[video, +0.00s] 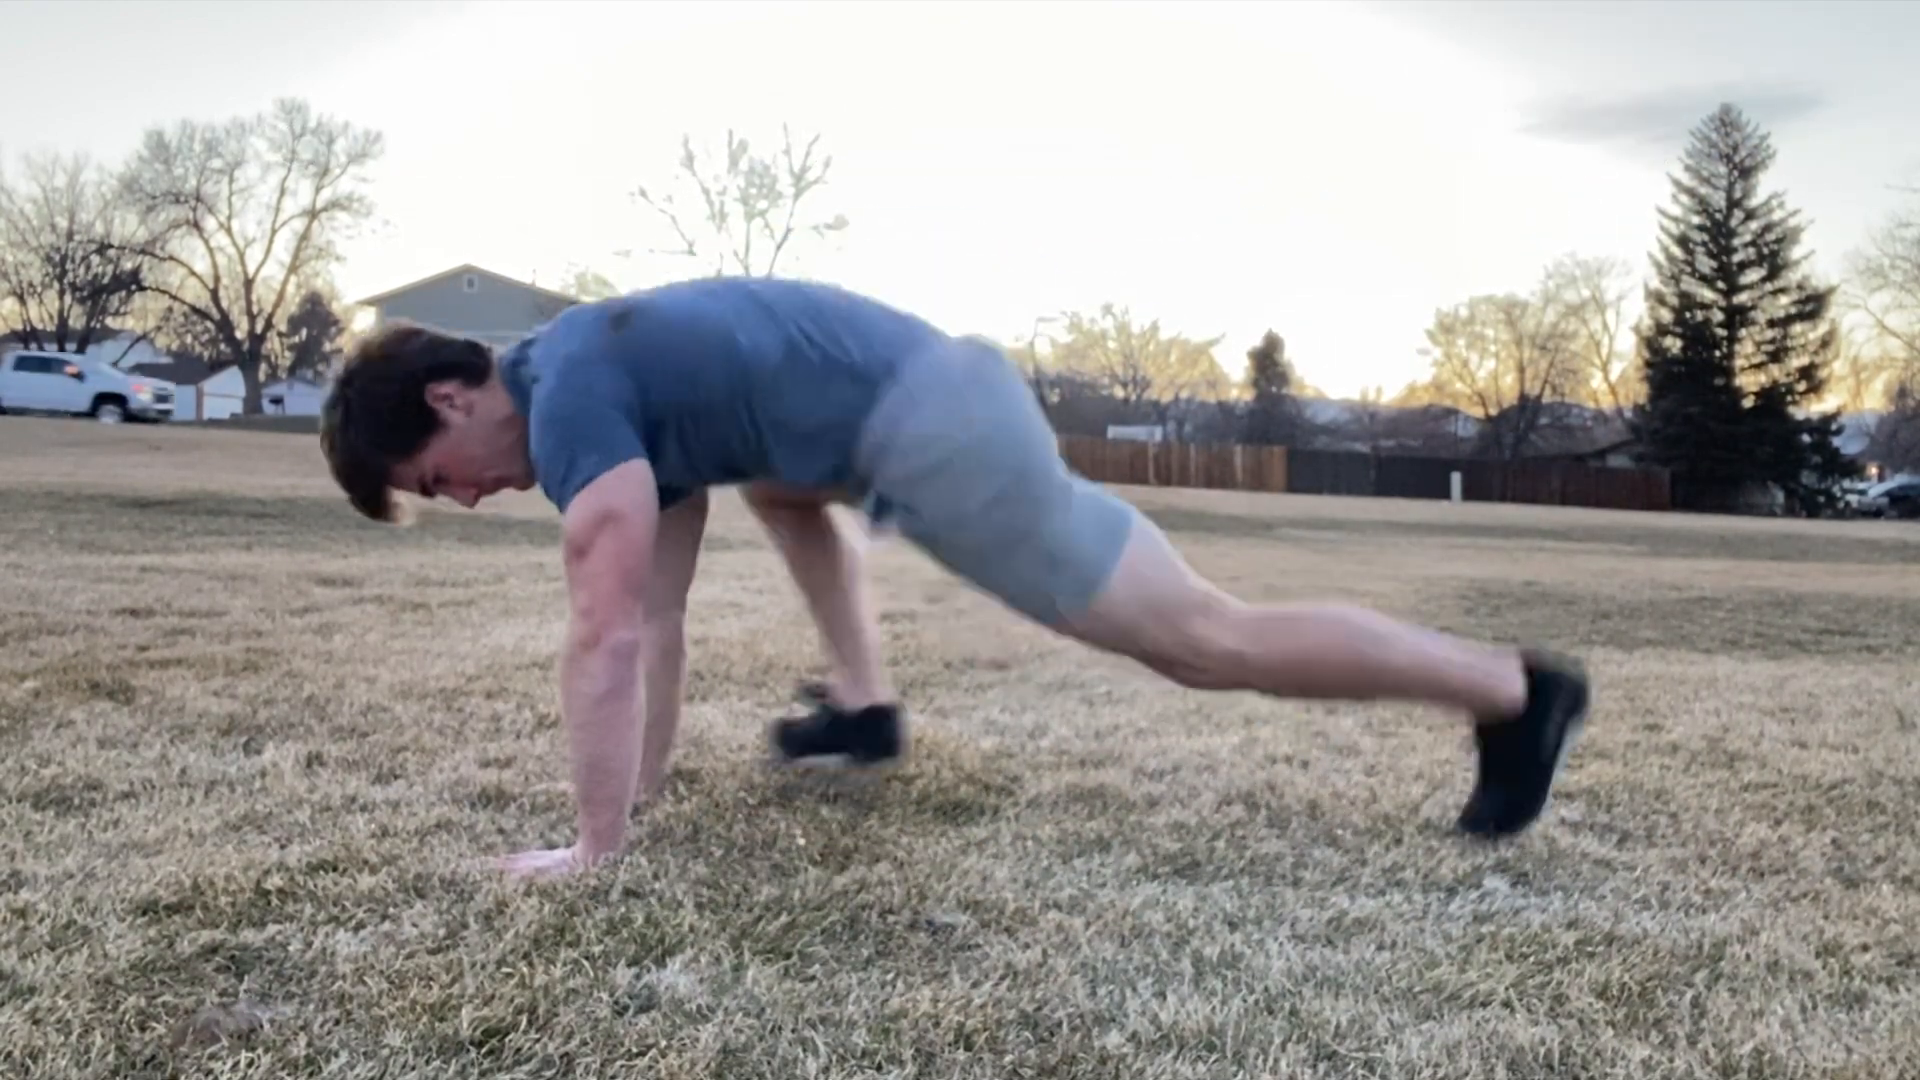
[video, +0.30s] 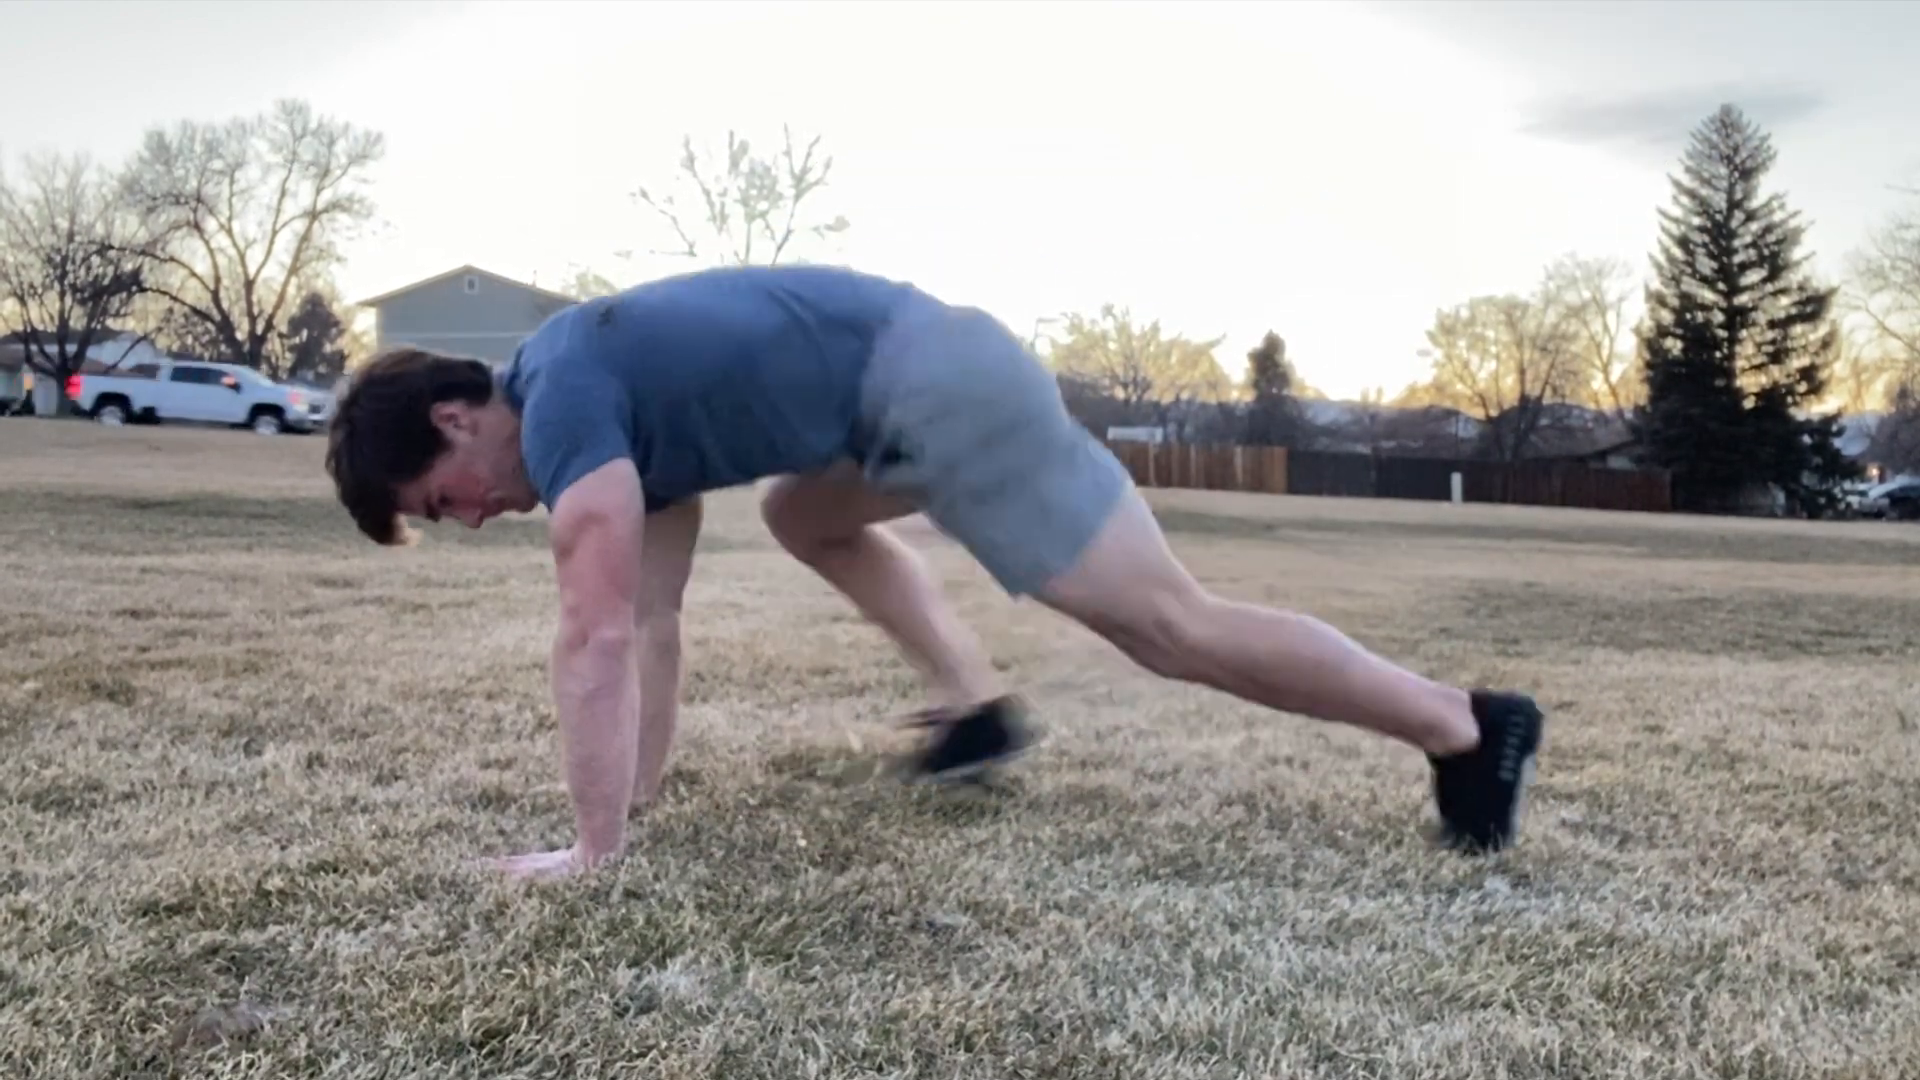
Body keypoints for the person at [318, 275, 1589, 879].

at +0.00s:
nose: (457, 500)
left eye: (434, 476)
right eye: (432, 493)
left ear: (454, 399)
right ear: (463, 398)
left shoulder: (570, 379)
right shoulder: (598, 371)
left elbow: (617, 607)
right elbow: (647, 619)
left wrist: (598, 838)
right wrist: (632, 804)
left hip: (937, 419)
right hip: (908, 409)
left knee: (1202, 640)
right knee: (757, 469)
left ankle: (1514, 692)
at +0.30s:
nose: (465, 517)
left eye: (440, 494)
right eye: (439, 512)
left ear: (457, 416)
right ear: (466, 420)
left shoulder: (567, 378)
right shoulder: (607, 385)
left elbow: (598, 620)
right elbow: (646, 618)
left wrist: (596, 849)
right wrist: (646, 784)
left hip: (937, 375)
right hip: (899, 391)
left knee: (1172, 627)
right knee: (809, 512)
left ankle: (1470, 727)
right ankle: (975, 707)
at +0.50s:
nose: (453, 528)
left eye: (427, 509)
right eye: (425, 523)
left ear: (440, 432)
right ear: (447, 426)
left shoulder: (578, 372)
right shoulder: (573, 387)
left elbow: (610, 628)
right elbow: (635, 607)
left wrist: (590, 843)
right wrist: (644, 777)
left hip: (935, 296)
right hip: (928, 348)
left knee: (838, 494)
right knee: (1080, 610)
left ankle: (1073, 720)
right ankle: (1362, 589)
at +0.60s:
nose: (447, 513)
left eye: (423, 489)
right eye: (420, 507)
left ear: (443, 411)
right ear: (447, 420)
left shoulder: (596, 367)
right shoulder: (574, 398)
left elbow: (618, 633)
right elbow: (626, 624)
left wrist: (592, 846)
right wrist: (615, 798)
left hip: (949, 343)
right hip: (928, 433)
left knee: (764, 430)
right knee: (1148, 612)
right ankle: (1437, 658)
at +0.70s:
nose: (466, 499)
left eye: (444, 475)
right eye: (442, 491)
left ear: (470, 401)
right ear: (477, 403)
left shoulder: (623, 370)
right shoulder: (604, 415)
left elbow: (625, 627)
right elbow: (631, 641)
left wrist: (579, 846)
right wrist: (601, 837)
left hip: (968, 421)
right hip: (957, 503)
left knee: (719, 483)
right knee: (1150, 698)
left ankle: (778, 821)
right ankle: (1463, 753)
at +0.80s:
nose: (477, 504)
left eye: (452, 481)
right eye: (451, 496)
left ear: (476, 406)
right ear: (483, 408)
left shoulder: (629, 370)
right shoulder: (610, 416)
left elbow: (632, 622)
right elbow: (637, 639)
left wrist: (581, 838)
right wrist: (606, 833)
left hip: (975, 421)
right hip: (967, 504)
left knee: (732, 461)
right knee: (1167, 687)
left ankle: (790, 809)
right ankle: (1479, 757)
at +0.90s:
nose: (462, 522)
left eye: (438, 500)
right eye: (437, 516)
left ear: (454, 425)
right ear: (459, 428)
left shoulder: (601, 366)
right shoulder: (586, 400)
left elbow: (622, 638)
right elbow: (631, 631)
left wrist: (593, 849)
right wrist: (616, 803)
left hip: (955, 334)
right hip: (961, 386)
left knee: (763, 456)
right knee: (1140, 607)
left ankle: (942, 765)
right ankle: (1422, 727)